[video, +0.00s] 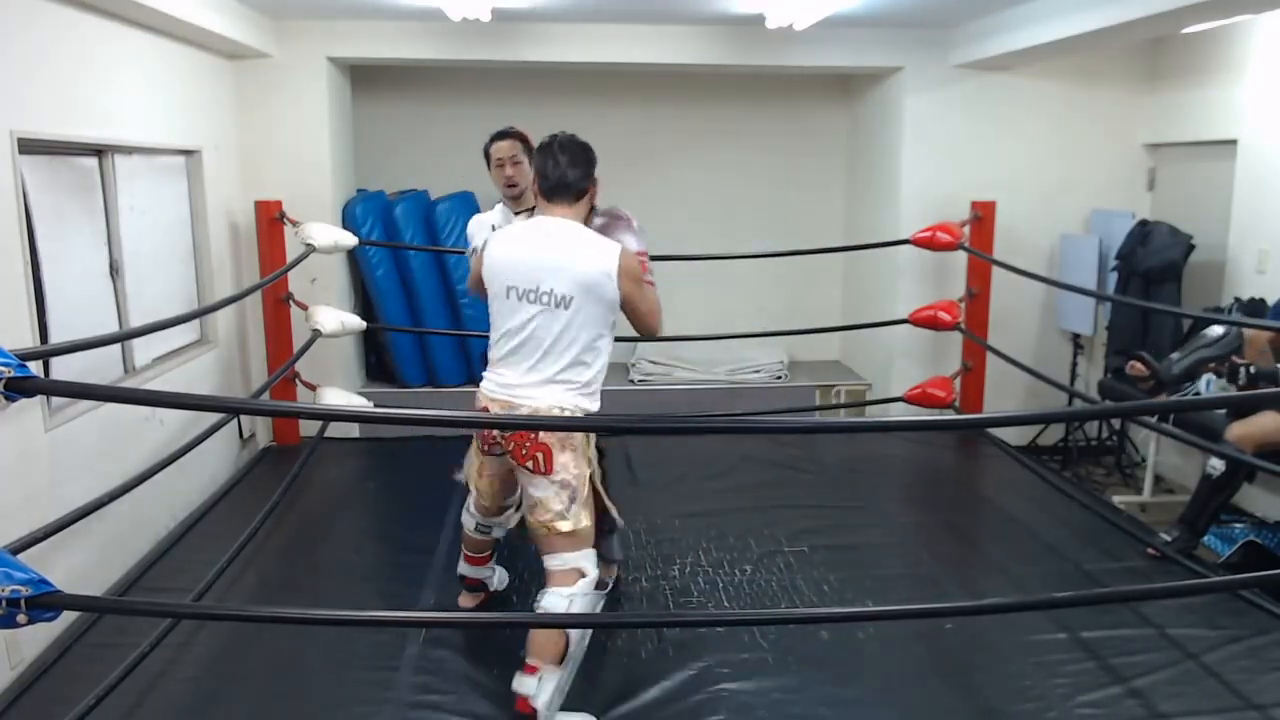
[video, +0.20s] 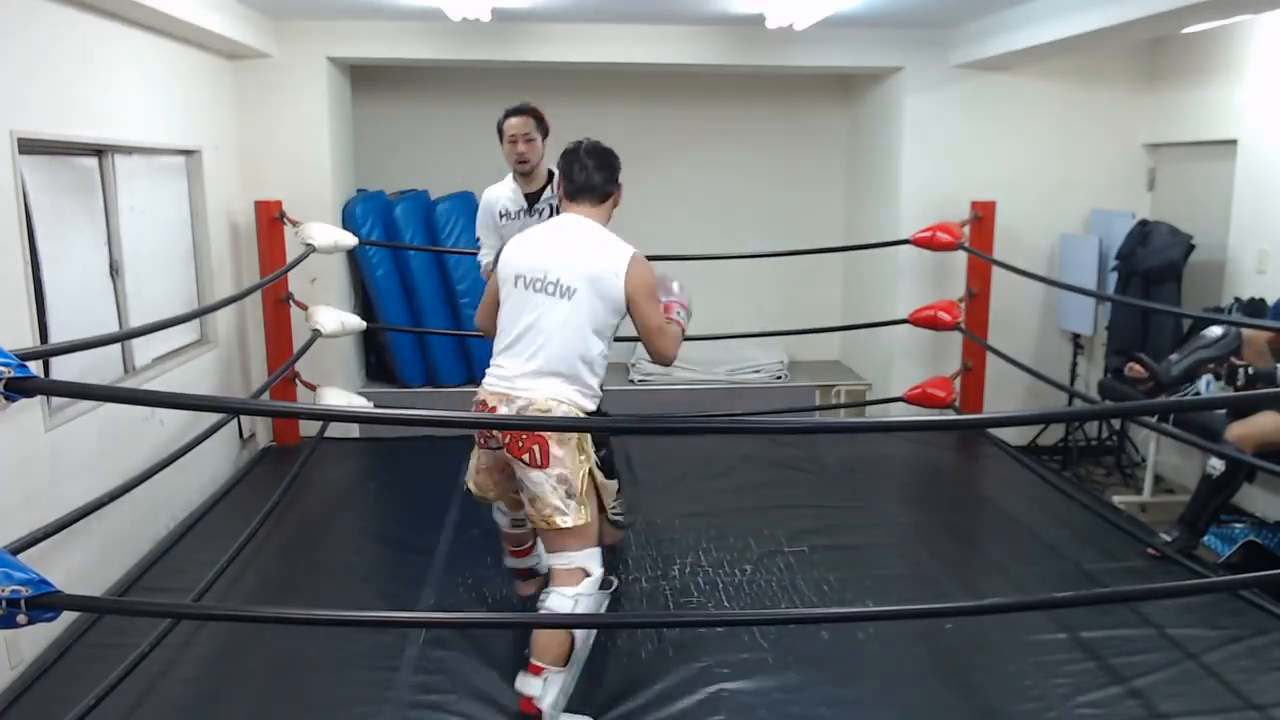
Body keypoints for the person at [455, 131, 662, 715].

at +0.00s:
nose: (593, 192)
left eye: (531, 182)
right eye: (593, 185)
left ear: (533, 188)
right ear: (594, 189)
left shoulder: (499, 241)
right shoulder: (611, 257)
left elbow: (479, 286)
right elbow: (650, 323)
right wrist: (637, 274)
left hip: (494, 412)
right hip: (558, 425)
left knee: (483, 512)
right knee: (569, 577)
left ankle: (474, 588)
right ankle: (532, 700)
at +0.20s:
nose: (618, 197)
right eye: (619, 191)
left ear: (558, 189)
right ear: (616, 194)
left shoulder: (517, 245)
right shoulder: (625, 261)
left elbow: (486, 321)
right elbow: (665, 351)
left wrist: (540, 308)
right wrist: (676, 312)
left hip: (493, 411)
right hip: (553, 422)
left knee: (515, 517)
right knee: (573, 575)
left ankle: (536, 607)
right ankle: (539, 702)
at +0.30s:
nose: (621, 194)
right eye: (620, 187)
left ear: (557, 191)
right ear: (614, 194)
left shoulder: (518, 249)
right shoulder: (628, 264)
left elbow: (464, 302)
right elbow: (678, 326)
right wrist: (659, 292)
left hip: (508, 409)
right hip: (565, 421)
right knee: (567, 576)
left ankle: (576, 580)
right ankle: (536, 697)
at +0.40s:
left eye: (538, 181)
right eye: (592, 183)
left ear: (537, 189)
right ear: (593, 188)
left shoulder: (506, 248)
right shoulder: (621, 245)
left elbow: (428, 266)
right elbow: (676, 284)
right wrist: (683, 274)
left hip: (527, 409)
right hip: (592, 412)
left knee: (562, 522)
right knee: (619, 544)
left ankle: (592, 606)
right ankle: (582, 644)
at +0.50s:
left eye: (519, 178)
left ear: (518, 187)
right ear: (573, 184)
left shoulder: (498, 253)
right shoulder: (607, 238)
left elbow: (424, 249)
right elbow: (663, 276)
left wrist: (435, 194)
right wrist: (697, 300)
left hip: (542, 405)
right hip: (612, 391)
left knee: (559, 493)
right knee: (655, 452)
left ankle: (590, 581)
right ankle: (671, 517)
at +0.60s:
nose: (579, 186)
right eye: (576, 179)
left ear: (517, 194)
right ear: (571, 188)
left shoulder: (499, 253)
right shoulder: (605, 240)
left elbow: (460, 258)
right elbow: (661, 291)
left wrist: (491, 209)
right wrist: (712, 337)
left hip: (558, 405)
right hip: (616, 379)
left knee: (564, 495)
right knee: (636, 379)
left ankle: (598, 583)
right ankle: (666, 406)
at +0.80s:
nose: (517, 165)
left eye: (518, 159)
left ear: (522, 165)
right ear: (577, 157)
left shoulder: (504, 227)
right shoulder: (611, 209)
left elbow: (492, 292)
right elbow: (673, 269)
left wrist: (535, 272)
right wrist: (714, 314)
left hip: (565, 383)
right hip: (626, 362)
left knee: (572, 482)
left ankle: (598, 576)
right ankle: (612, 441)